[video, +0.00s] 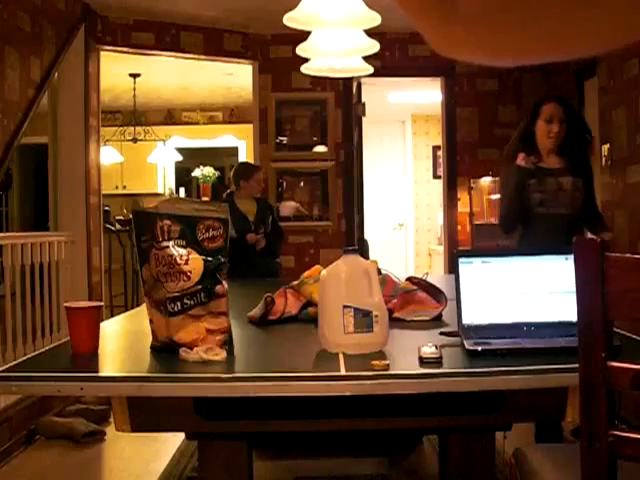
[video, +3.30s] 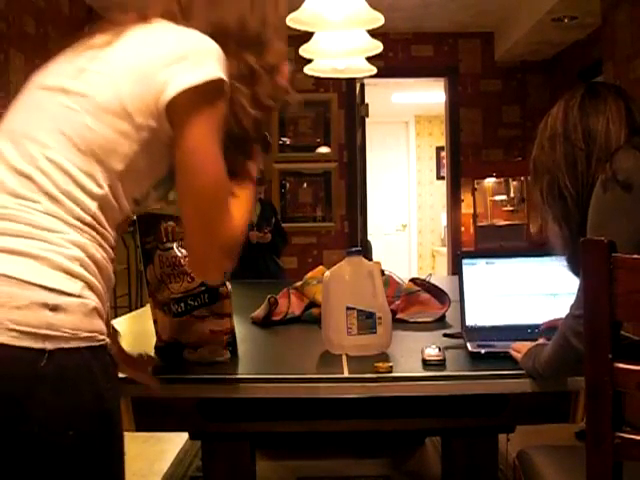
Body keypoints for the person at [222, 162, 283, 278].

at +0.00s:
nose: (262, 186)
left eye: (262, 181)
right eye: (257, 182)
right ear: (243, 183)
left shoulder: (265, 206)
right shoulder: (225, 206)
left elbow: (278, 236)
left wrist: (265, 242)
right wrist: (244, 240)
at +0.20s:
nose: (263, 186)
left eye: (262, 182)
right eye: (259, 182)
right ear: (243, 183)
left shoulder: (265, 205)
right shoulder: (226, 206)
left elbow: (279, 236)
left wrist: (268, 238)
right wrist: (247, 239)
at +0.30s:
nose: (261, 186)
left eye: (261, 181)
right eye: (257, 182)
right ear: (243, 183)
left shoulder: (266, 205)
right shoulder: (228, 205)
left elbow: (280, 235)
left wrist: (269, 235)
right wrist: (249, 236)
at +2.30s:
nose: (256, 197)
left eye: (260, 193)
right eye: (252, 192)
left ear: (264, 190)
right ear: (241, 187)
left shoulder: (268, 207)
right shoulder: (230, 206)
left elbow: (283, 238)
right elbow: (226, 241)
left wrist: (271, 237)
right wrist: (248, 237)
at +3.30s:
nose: (257, 191)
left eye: (260, 186)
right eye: (254, 186)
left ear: (264, 188)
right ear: (247, 188)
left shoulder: (268, 207)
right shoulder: (238, 207)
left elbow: (282, 238)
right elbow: (230, 239)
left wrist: (271, 237)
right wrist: (248, 237)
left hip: (266, 269)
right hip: (242, 271)